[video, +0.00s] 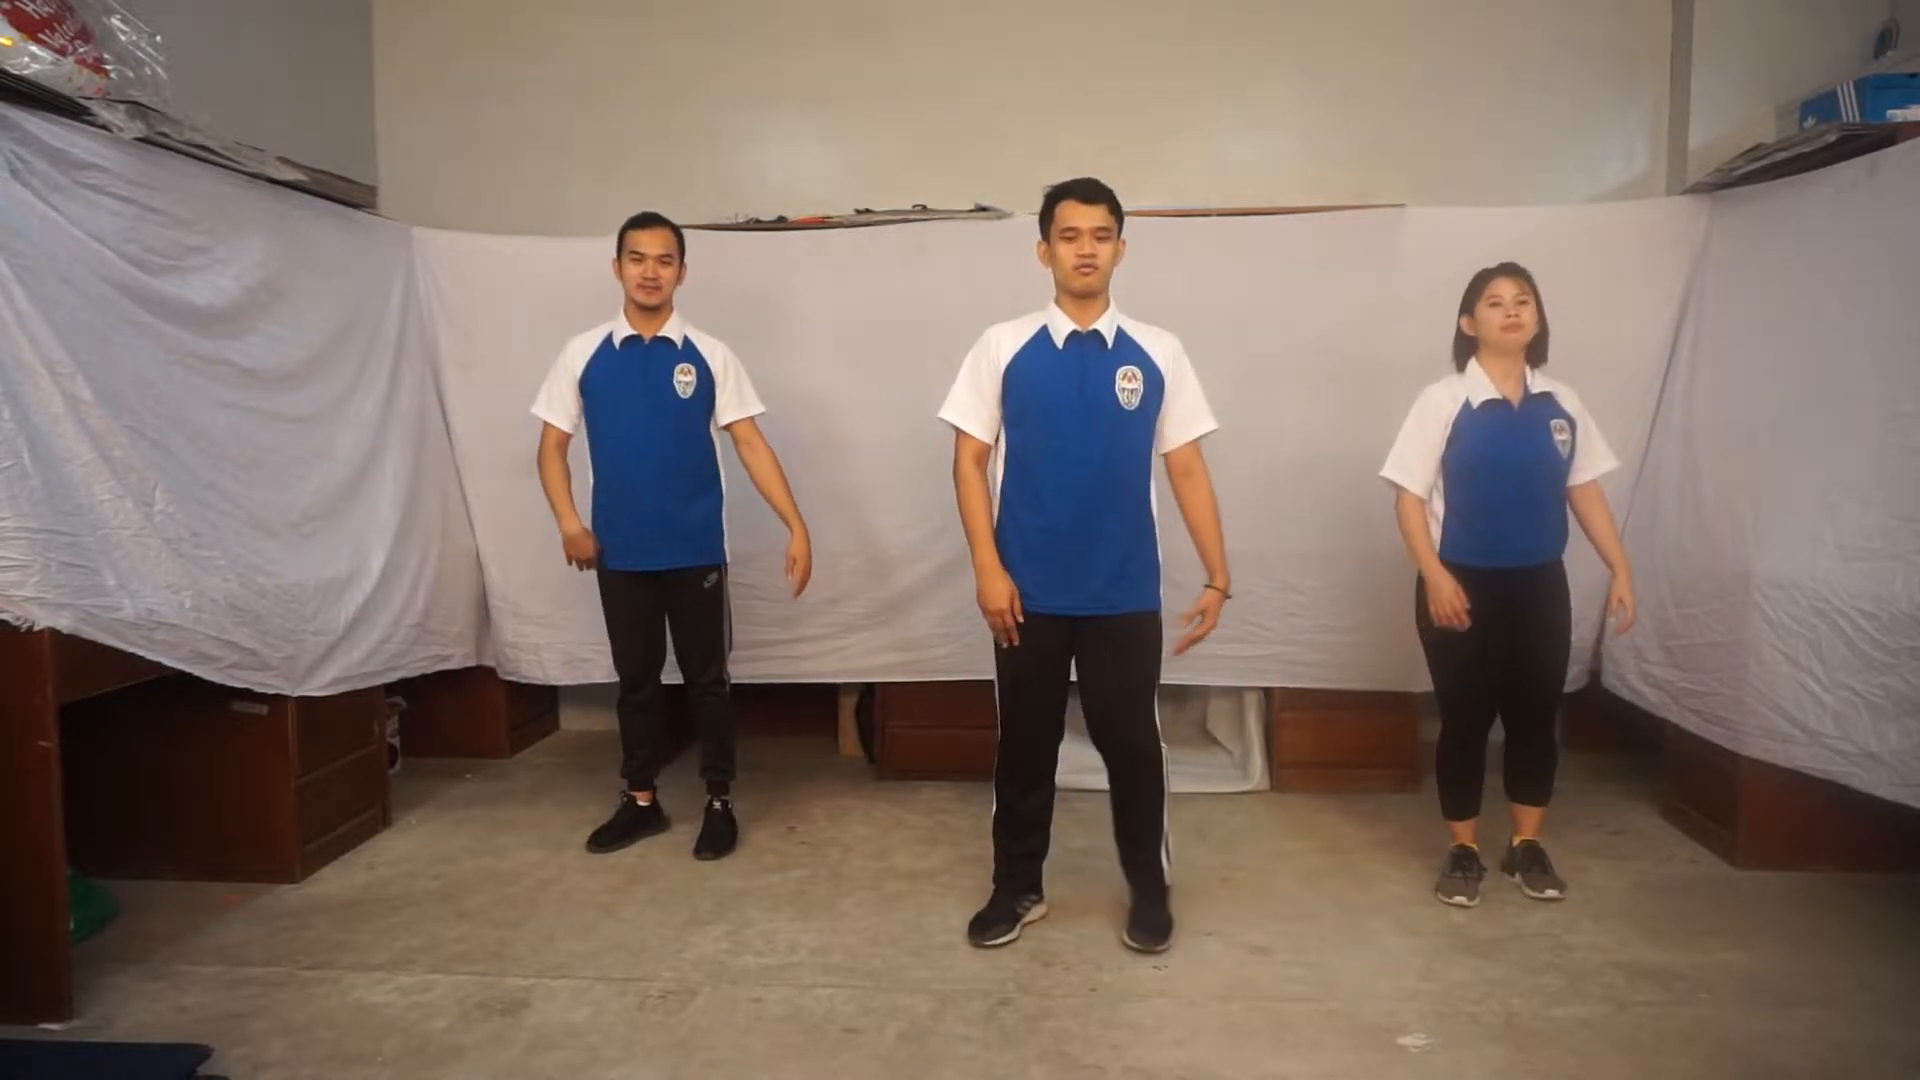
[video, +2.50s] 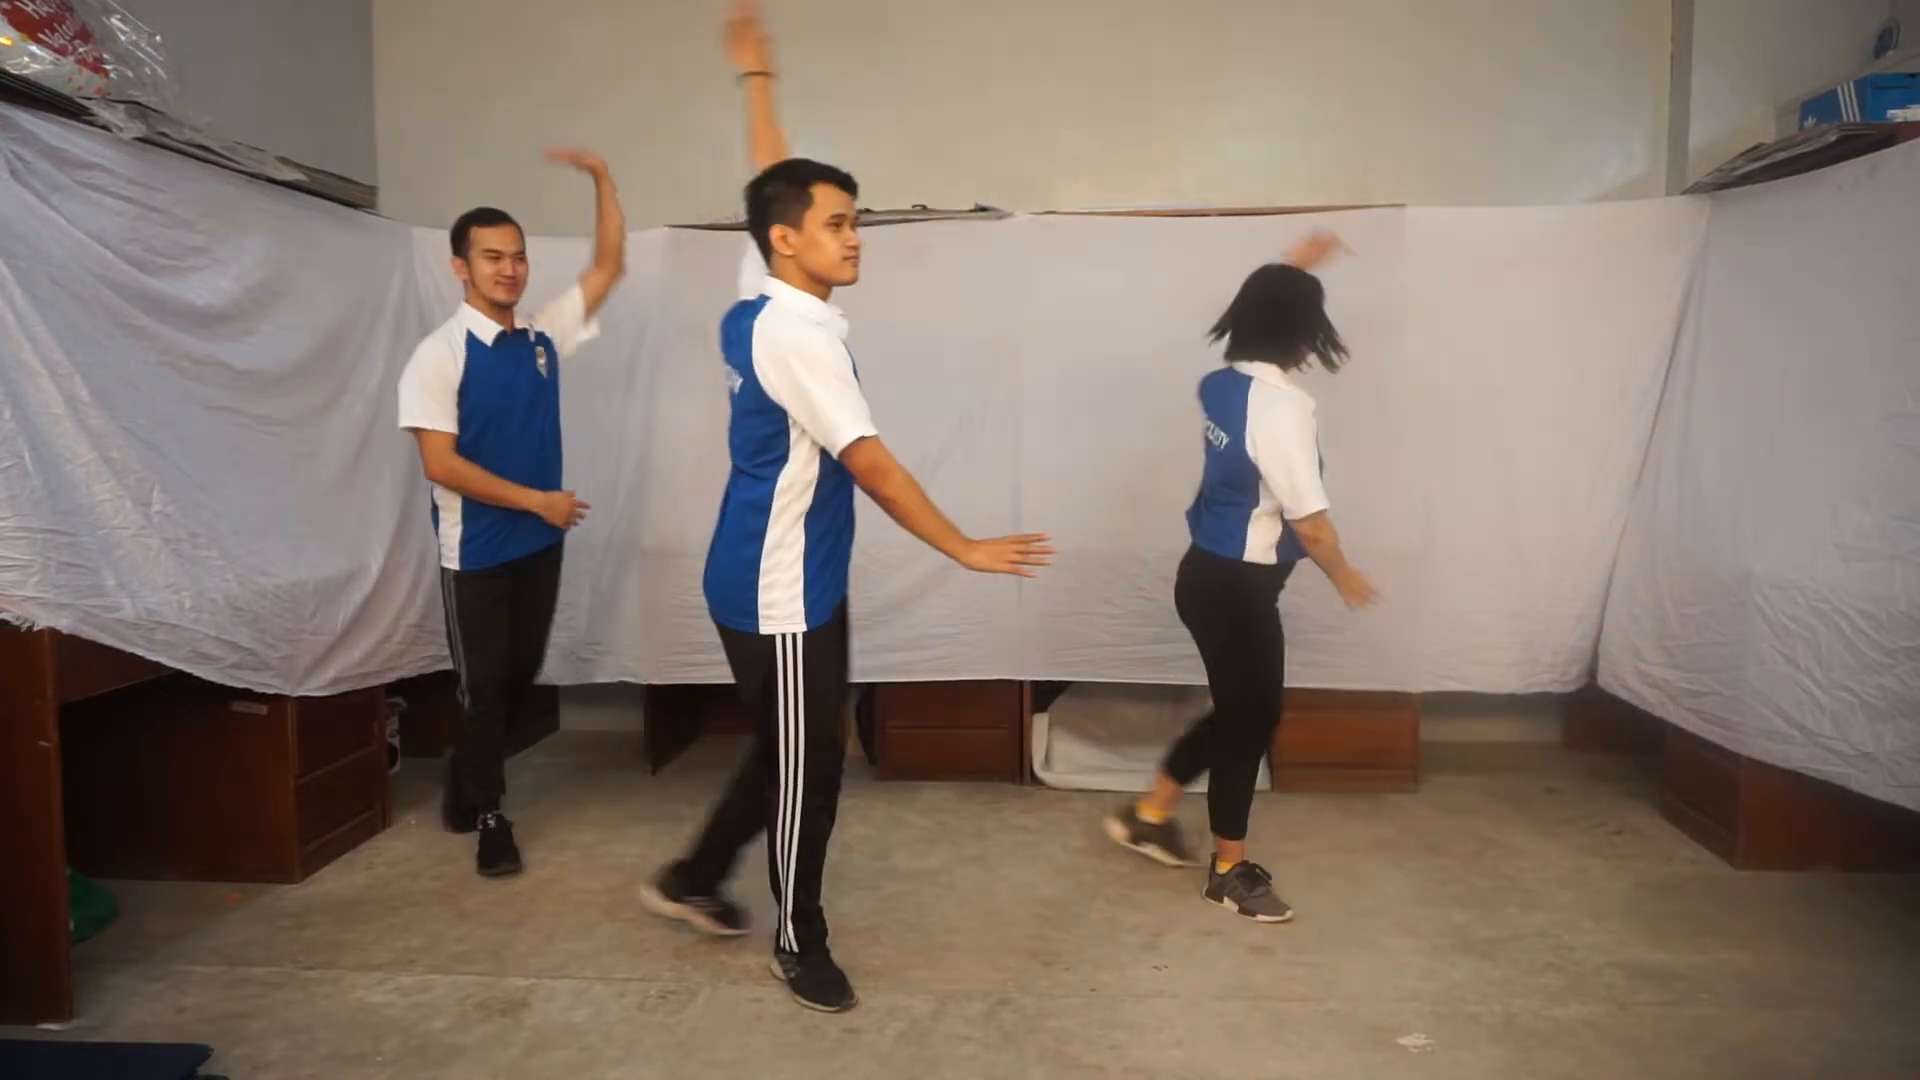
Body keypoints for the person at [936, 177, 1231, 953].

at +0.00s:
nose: (1087, 250)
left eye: (1101, 237)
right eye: (1070, 237)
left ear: (1119, 248)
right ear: (1046, 251)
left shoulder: (1156, 353)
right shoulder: (1002, 347)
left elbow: (1187, 468)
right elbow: (969, 461)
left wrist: (1218, 575)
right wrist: (987, 567)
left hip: (1123, 596)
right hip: (1028, 594)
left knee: (1132, 749)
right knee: (1024, 750)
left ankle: (1148, 888)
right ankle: (1015, 885)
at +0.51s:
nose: (1149, 257)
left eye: (1164, 242)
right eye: (1148, 242)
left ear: (1218, 248)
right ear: (1183, 249)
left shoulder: (1223, 332)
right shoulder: (1188, 312)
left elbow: (1195, 464)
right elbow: (1131, 282)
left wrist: (1124, 533)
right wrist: (1059, 249)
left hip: (1222, 583)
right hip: (1180, 572)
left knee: (1210, 740)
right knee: (1162, 715)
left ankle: (1206, 909)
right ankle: (1243, 866)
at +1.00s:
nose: (1205, 281)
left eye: (1219, 265)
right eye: (1206, 265)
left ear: (1270, 268)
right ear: (1279, 269)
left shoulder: (1251, 358)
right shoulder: (1327, 315)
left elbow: (1223, 507)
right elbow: (1313, 229)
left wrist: (1259, 556)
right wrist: (1315, 136)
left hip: (1296, 590)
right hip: (1367, 574)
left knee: (1205, 737)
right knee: (1405, 757)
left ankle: (1214, 912)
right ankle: (1465, 940)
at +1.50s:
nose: (1107, 253)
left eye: (1126, 239)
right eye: (1098, 237)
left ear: (1171, 242)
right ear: (1091, 237)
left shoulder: (1170, 331)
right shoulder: (1134, 325)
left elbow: (1136, 474)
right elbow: (1116, 443)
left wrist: (1063, 559)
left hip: (1172, 594)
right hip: (1126, 587)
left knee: (1183, 768)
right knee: (1089, 719)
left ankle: (1194, 936)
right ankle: (1211, 844)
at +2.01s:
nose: (975, 252)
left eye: (986, 237)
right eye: (956, 237)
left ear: (998, 250)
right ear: (917, 252)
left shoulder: (1038, 353)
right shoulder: (874, 361)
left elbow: (1115, 446)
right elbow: (812, 466)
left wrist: (1091, 561)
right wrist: (742, 567)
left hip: (1003, 607)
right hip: (901, 607)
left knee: (985, 767)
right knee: (868, 749)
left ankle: (954, 914)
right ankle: (928, 847)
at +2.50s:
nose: (855, 242)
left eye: (853, 225)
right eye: (837, 227)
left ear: (788, 235)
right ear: (780, 237)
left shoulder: (768, 303)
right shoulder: (800, 339)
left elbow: (774, 196)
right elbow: (868, 465)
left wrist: (756, 78)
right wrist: (967, 549)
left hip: (771, 581)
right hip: (786, 596)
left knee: (789, 746)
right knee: (806, 773)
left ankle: (695, 876)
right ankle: (801, 950)